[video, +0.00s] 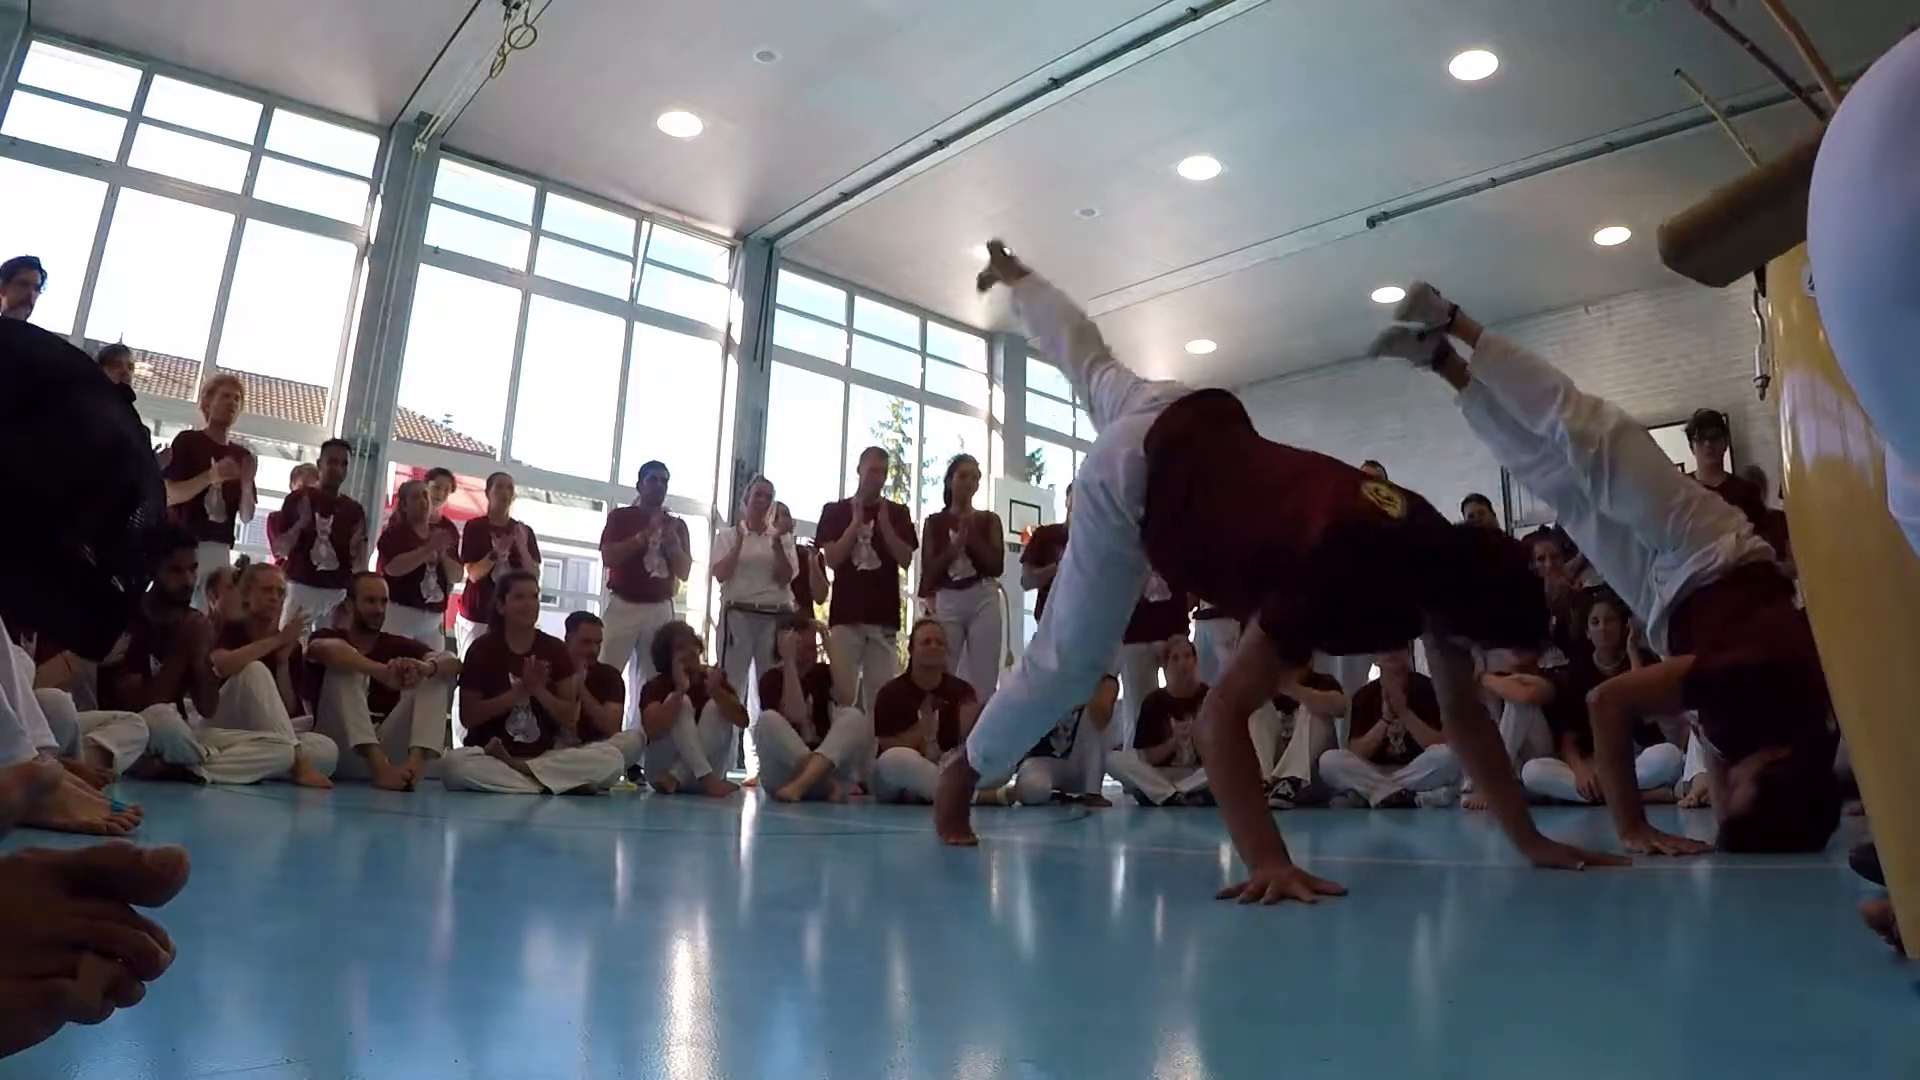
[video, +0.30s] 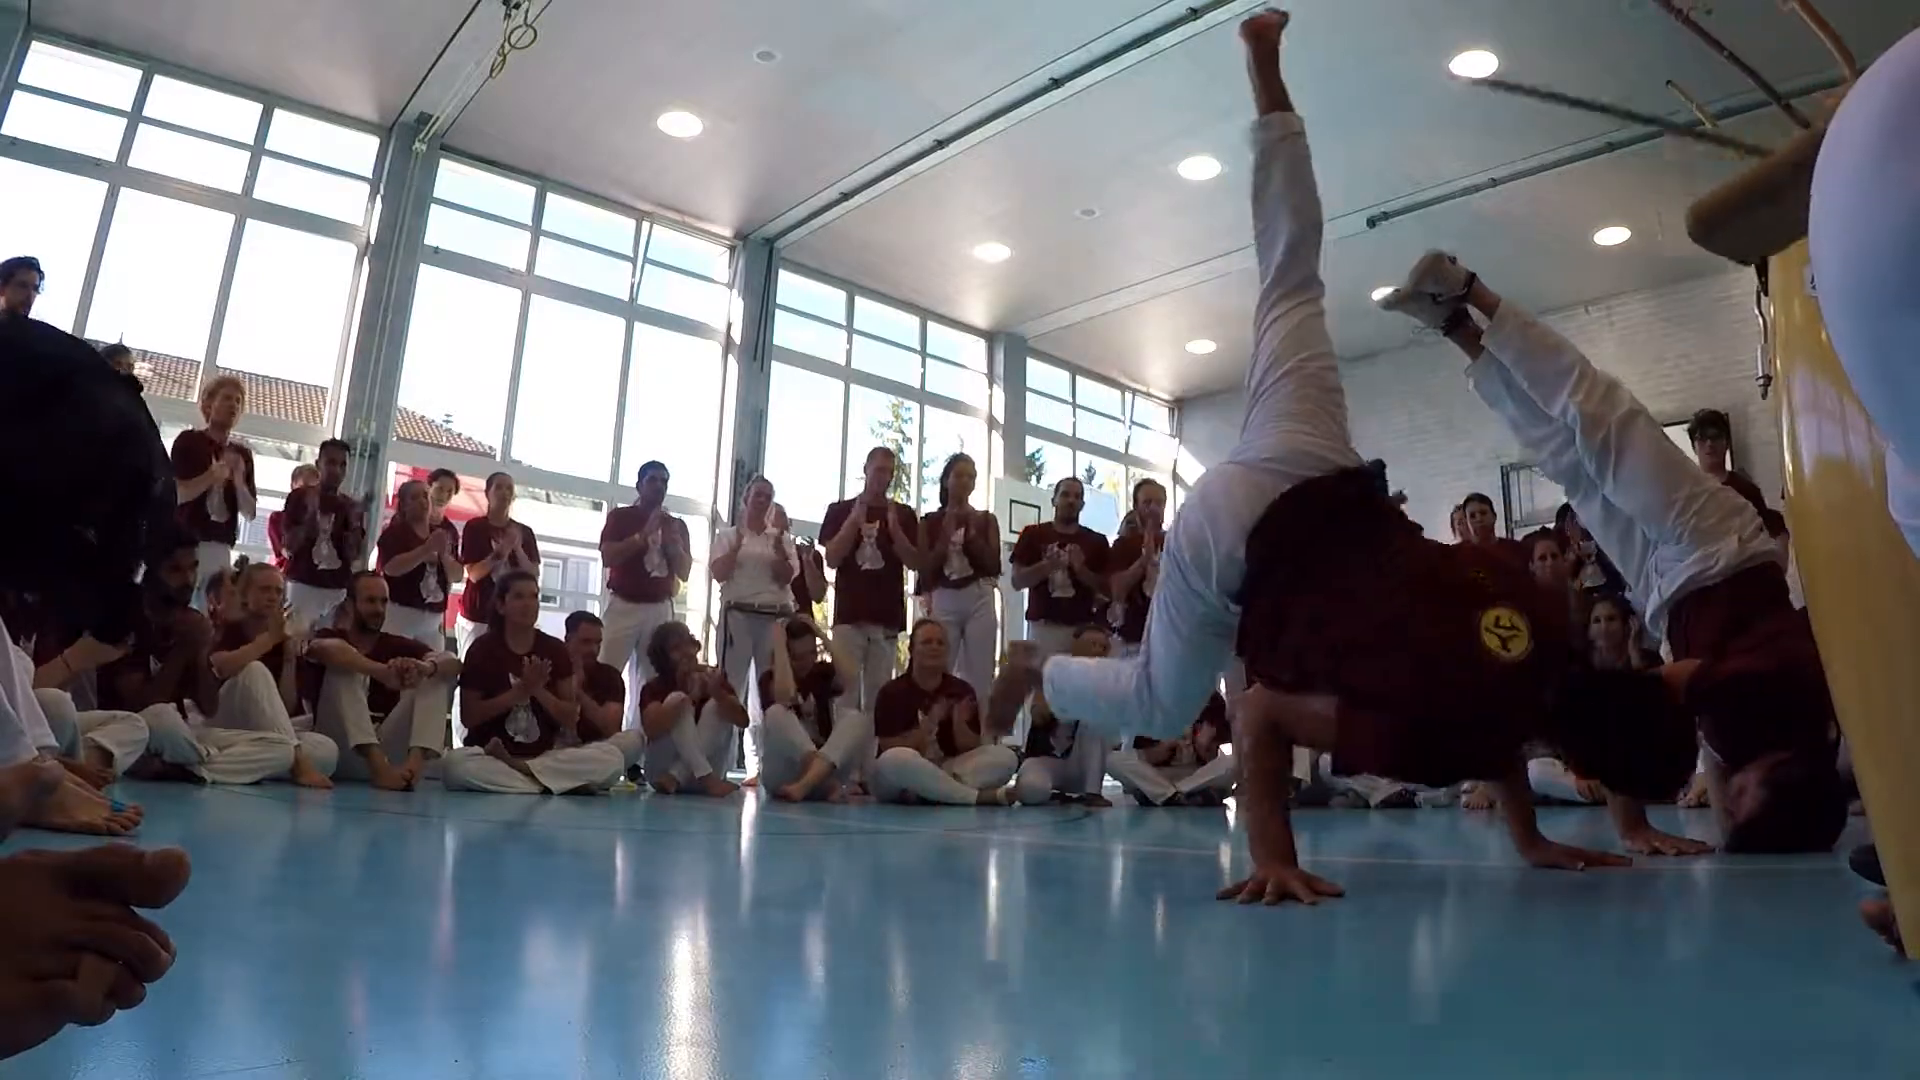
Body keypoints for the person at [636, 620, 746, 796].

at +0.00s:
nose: (691, 651)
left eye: (693, 644)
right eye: (681, 647)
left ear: (699, 647)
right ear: (667, 655)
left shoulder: (714, 678)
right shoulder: (654, 686)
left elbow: (743, 721)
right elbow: (652, 729)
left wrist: (716, 691)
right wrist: (678, 692)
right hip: (663, 772)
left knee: (716, 706)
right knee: (680, 702)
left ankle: (675, 776)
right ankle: (707, 777)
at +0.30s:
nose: (687, 651)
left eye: (689, 644)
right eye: (677, 648)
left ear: (696, 646)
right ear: (663, 656)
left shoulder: (714, 678)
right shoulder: (653, 687)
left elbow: (743, 721)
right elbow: (652, 728)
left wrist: (717, 693)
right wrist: (687, 699)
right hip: (664, 772)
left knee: (717, 704)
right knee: (677, 700)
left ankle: (676, 776)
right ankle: (706, 776)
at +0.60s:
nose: (687, 651)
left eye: (689, 643)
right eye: (677, 648)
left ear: (695, 646)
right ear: (663, 656)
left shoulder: (715, 679)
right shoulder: (653, 687)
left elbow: (742, 717)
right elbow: (653, 728)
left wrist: (711, 692)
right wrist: (690, 695)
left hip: (708, 770)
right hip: (664, 772)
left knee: (719, 704)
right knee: (676, 700)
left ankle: (675, 776)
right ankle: (706, 776)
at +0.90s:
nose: (687, 653)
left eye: (689, 646)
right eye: (677, 650)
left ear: (697, 648)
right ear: (663, 657)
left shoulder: (715, 681)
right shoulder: (653, 688)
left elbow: (742, 716)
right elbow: (653, 729)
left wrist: (710, 692)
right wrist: (691, 695)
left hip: (709, 770)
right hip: (664, 771)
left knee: (719, 704)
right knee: (676, 701)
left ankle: (676, 775)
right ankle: (707, 776)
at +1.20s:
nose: (688, 654)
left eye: (690, 646)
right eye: (679, 650)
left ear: (698, 648)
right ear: (666, 658)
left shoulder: (714, 679)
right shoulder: (654, 688)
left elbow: (743, 720)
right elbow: (652, 730)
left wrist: (715, 695)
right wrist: (680, 694)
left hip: (709, 770)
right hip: (664, 772)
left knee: (720, 708)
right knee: (679, 702)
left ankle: (676, 775)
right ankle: (707, 777)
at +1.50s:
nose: (688, 652)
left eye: (691, 645)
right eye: (679, 648)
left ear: (699, 647)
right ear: (668, 655)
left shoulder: (714, 678)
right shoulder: (655, 686)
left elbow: (743, 719)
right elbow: (652, 730)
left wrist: (715, 692)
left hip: (710, 770)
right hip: (664, 770)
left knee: (720, 704)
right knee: (678, 701)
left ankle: (677, 775)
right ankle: (707, 777)